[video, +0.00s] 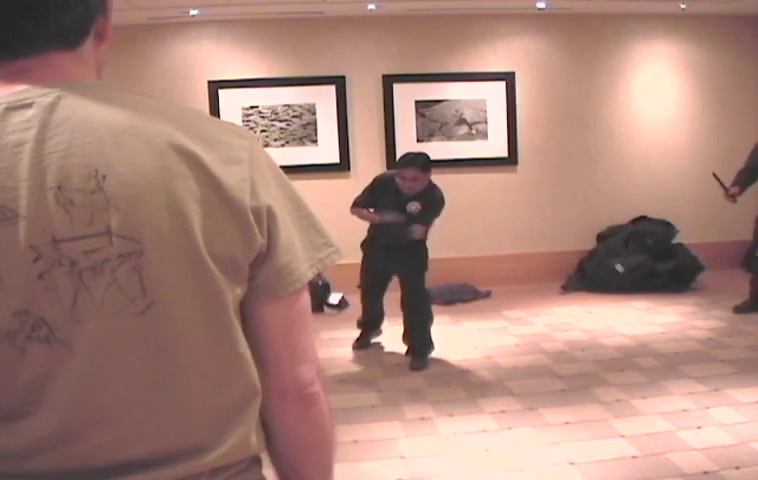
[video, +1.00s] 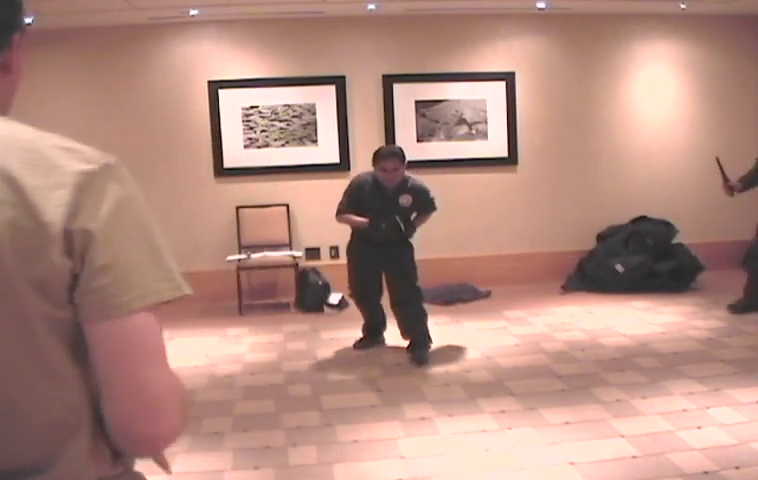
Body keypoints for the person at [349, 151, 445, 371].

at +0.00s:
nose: (407, 184)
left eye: (414, 179)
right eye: (402, 178)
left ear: (427, 176)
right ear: (396, 173)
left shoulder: (434, 197)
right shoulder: (384, 183)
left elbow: (422, 228)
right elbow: (356, 208)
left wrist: (418, 230)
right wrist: (374, 217)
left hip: (411, 250)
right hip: (378, 248)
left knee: (414, 298)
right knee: (369, 291)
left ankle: (418, 350)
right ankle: (368, 329)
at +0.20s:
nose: (408, 189)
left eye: (415, 184)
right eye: (403, 183)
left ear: (429, 180)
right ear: (398, 177)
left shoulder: (437, 200)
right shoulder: (385, 186)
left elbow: (419, 235)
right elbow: (359, 212)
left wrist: (393, 244)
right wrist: (381, 224)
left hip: (415, 250)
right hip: (381, 247)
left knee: (417, 299)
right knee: (370, 291)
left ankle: (418, 351)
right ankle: (367, 329)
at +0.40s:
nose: (408, 189)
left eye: (415, 184)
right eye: (403, 183)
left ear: (428, 181)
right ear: (397, 177)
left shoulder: (437, 201)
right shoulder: (384, 187)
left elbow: (423, 237)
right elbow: (359, 216)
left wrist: (399, 248)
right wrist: (380, 228)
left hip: (415, 251)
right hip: (382, 247)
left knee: (417, 300)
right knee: (370, 292)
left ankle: (418, 351)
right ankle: (368, 329)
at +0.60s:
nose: (405, 185)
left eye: (412, 179)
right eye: (400, 179)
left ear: (423, 177)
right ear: (393, 175)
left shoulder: (433, 198)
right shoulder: (380, 186)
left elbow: (436, 234)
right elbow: (356, 214)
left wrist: (410, 242)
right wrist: (372, 225)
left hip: (413, 253)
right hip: (379, 250)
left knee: (416, 300)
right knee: (370, 292)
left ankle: (418, 351)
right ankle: (371, 331)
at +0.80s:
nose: (397, 179)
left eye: (403, 174)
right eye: (392, 174)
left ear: (414, 171)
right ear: (384, 171)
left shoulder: (422, 191)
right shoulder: (371, 185)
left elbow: (443, 219)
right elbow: (349, 215)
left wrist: (420, 234)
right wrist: (374, 223)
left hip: (406, 250)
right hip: (373, 250)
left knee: (413, 300)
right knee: (369, 295)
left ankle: (419, 349)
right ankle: (374, 334)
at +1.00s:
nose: (390, 176)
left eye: (395, 170)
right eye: (384, 170)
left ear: (404, 167)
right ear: (375, 169)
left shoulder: (413, 187)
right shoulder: (361, 184)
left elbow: (428, 208)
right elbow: (341, 215)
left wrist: (410, 226)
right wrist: (368, 223)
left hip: (397, 248)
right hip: (363, 248)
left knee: (406, 296)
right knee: (364, 294)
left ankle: (419, 343)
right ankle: (373, 333)